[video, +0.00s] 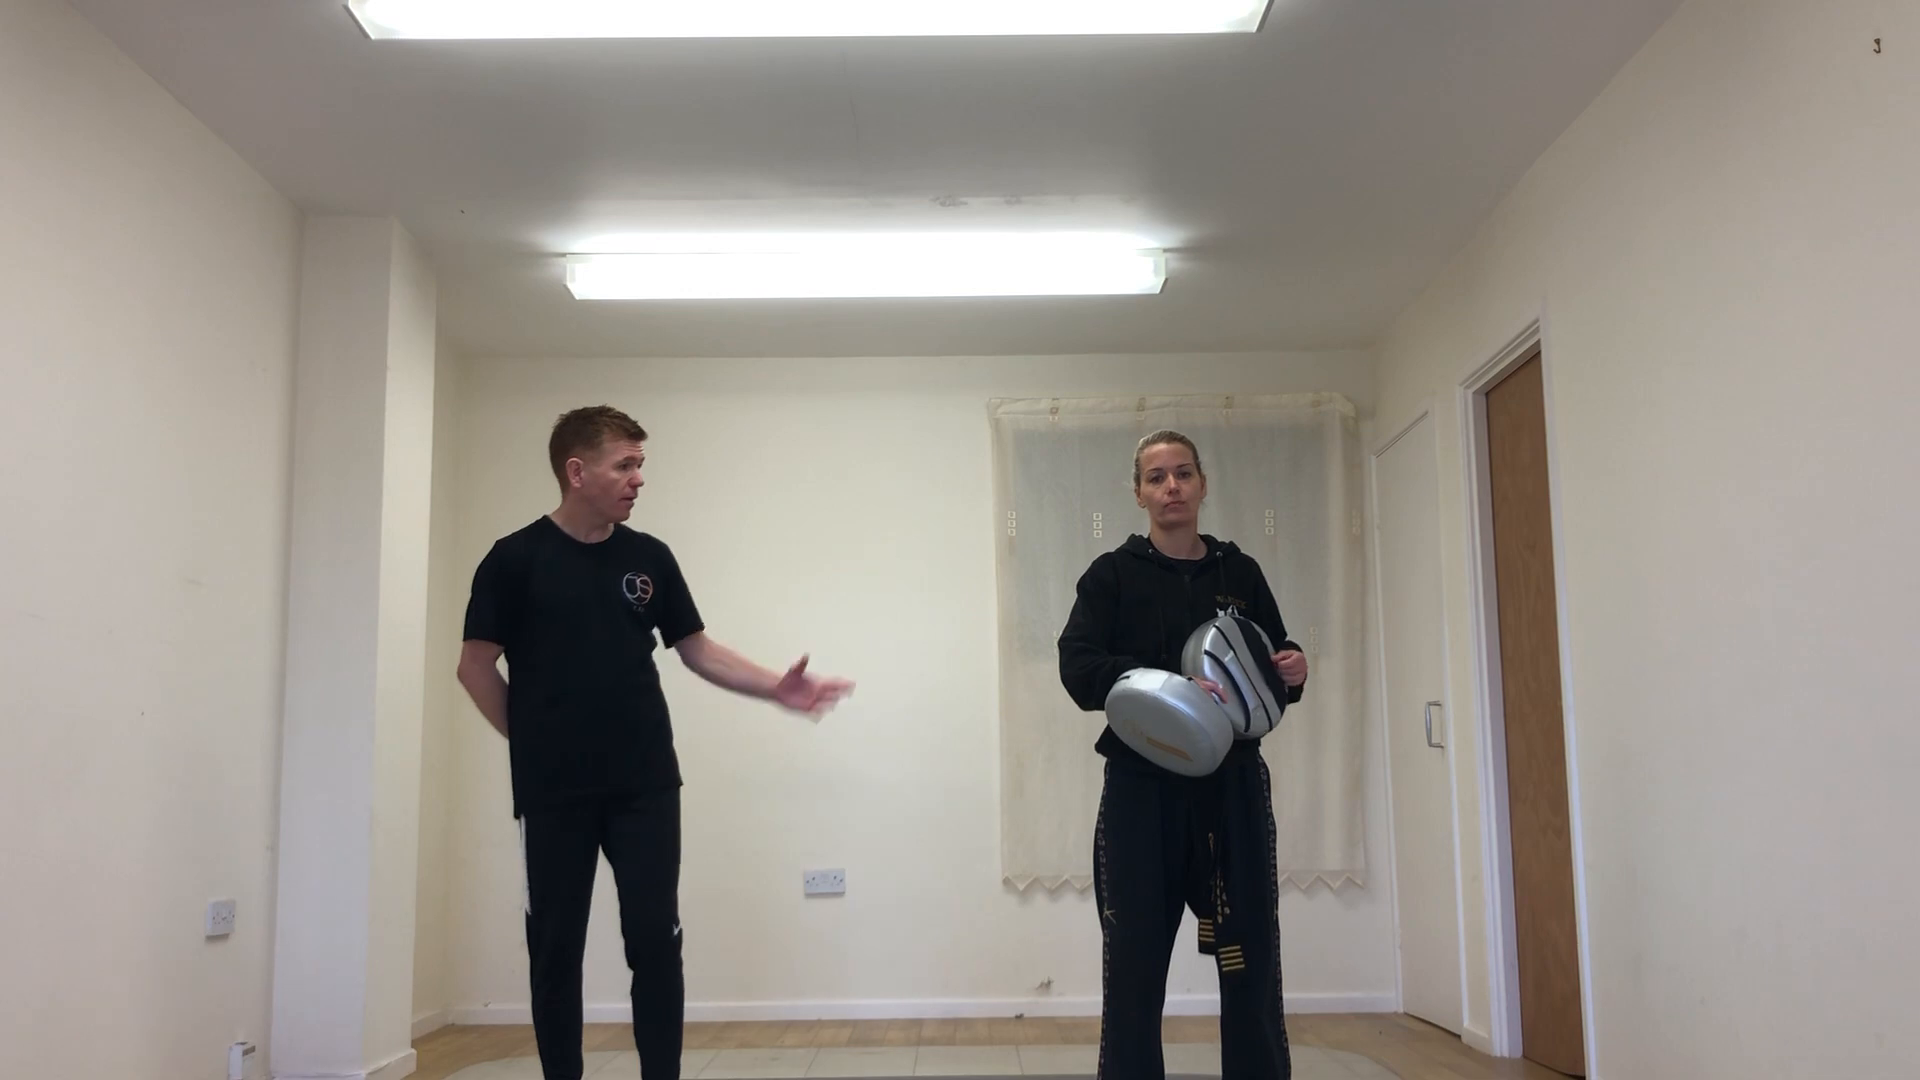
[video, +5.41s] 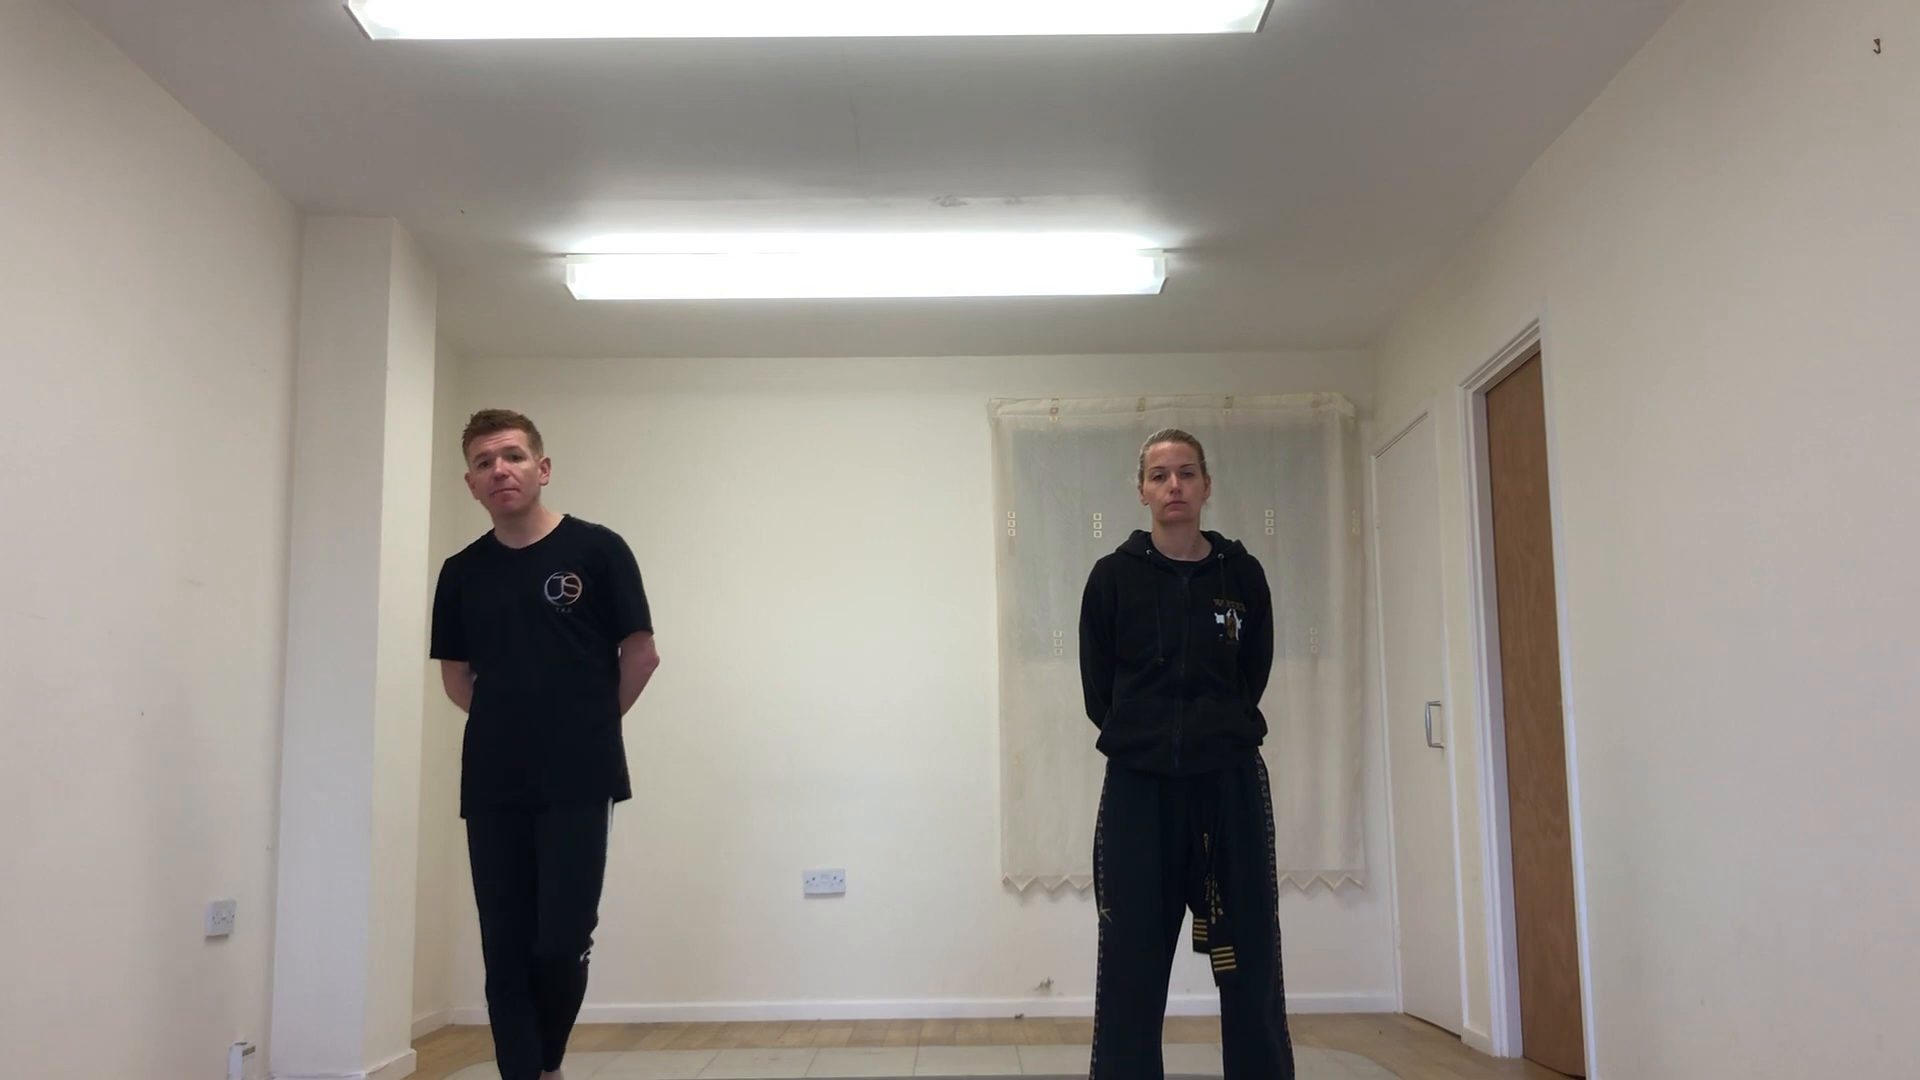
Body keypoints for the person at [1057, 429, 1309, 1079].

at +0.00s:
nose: (1171, 485)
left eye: (1182, 473)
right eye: (1156, 476)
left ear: (1202, 485)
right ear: (1139, 493)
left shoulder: (1239, 570)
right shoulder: (1110, 575)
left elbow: (1274, 672)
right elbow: (1077, 668)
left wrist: (1291, 670)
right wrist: (1164, 689)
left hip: (1234, 781)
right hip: (1141, 782)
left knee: (1250, 958)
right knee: (1134, 964)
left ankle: (1259, 1076)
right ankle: (1128, 1078)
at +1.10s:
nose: (1164, 487)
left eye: (1176, 475)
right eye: (1150, 479)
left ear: (1198, 485)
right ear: (1134, 495)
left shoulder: (1241, 574)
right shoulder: (1108, 578)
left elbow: (1305, 658)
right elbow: (1062, 669)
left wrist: (1288, 690)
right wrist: (1082, 723)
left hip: (1232, 794)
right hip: (1137, 798)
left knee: (1249, 973)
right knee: (1130, 977)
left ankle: (1258, 1077)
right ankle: (1125, 1078)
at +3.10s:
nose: (1174, 487)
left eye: (1187, 475)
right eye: (1160, 476)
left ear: (1206, 487)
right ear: (1142, 488)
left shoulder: (1239, 570)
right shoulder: (1110, 575)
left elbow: (1255, 668)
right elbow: (1094, 682)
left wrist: (1217, 730)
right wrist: (1137, 740)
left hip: (1229, 780)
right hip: (1138, 782)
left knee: (1249, 961)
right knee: (1130, 965)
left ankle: (1261, 1077)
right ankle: (1124, 1079)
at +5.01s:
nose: (1171, 484)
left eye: (1183, 473)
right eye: (1157, 475)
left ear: (1204, 485)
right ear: (1139, 489)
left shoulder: (1240, 569)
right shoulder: (1110, 574)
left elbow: (1256, 669)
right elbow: (1095, 683)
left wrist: (1217, 729)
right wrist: (1141, 737)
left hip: (1230, 780)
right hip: (1139, 781)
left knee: (1249, 961)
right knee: (1130, 964)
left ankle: (1261, 1077)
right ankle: (1124, 1078)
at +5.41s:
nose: (1173, 484)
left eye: (1185, 472)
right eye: (1159, 475)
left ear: (1206, 486)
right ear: (1142, 490)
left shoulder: (1242, 570)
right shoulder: (1112, 574)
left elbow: (1256, 669)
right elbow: (1096, 681)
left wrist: (1217, 729)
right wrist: (1140, 738)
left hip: (1231, 778)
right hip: (1139, 780)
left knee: (1249, 957)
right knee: (1131, 961)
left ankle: (1262, 1076)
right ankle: (1125, 1076)